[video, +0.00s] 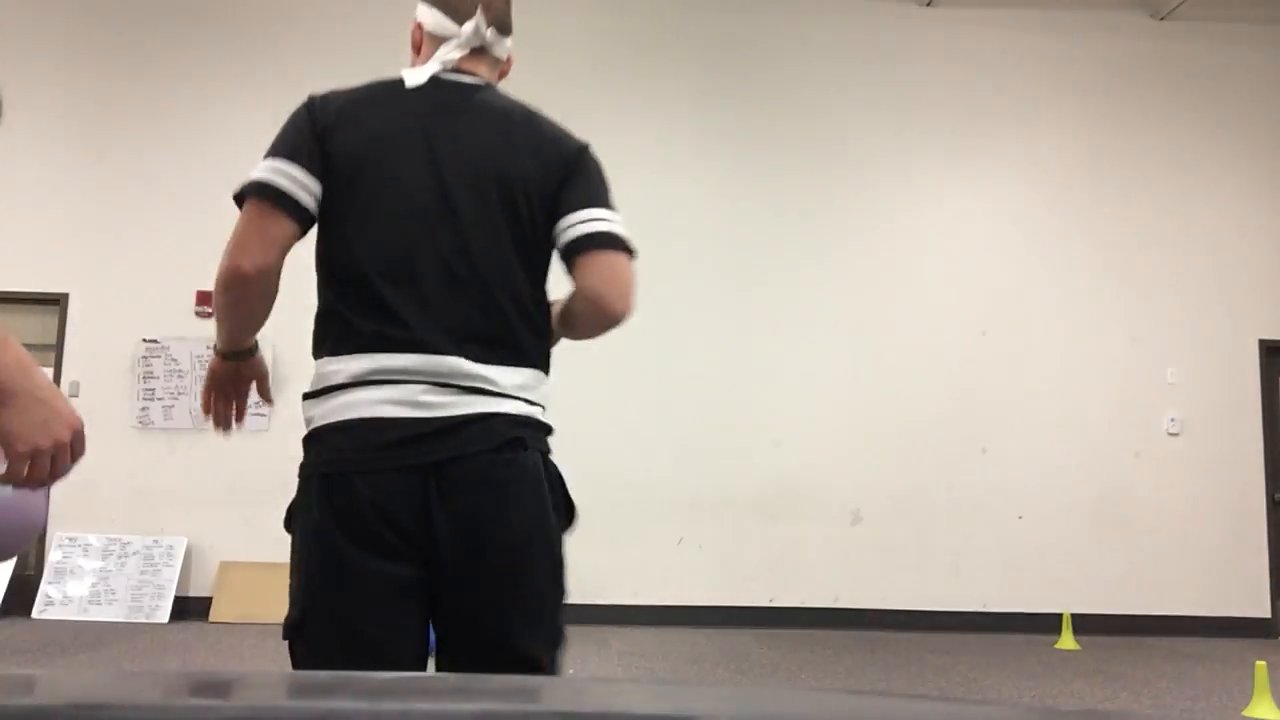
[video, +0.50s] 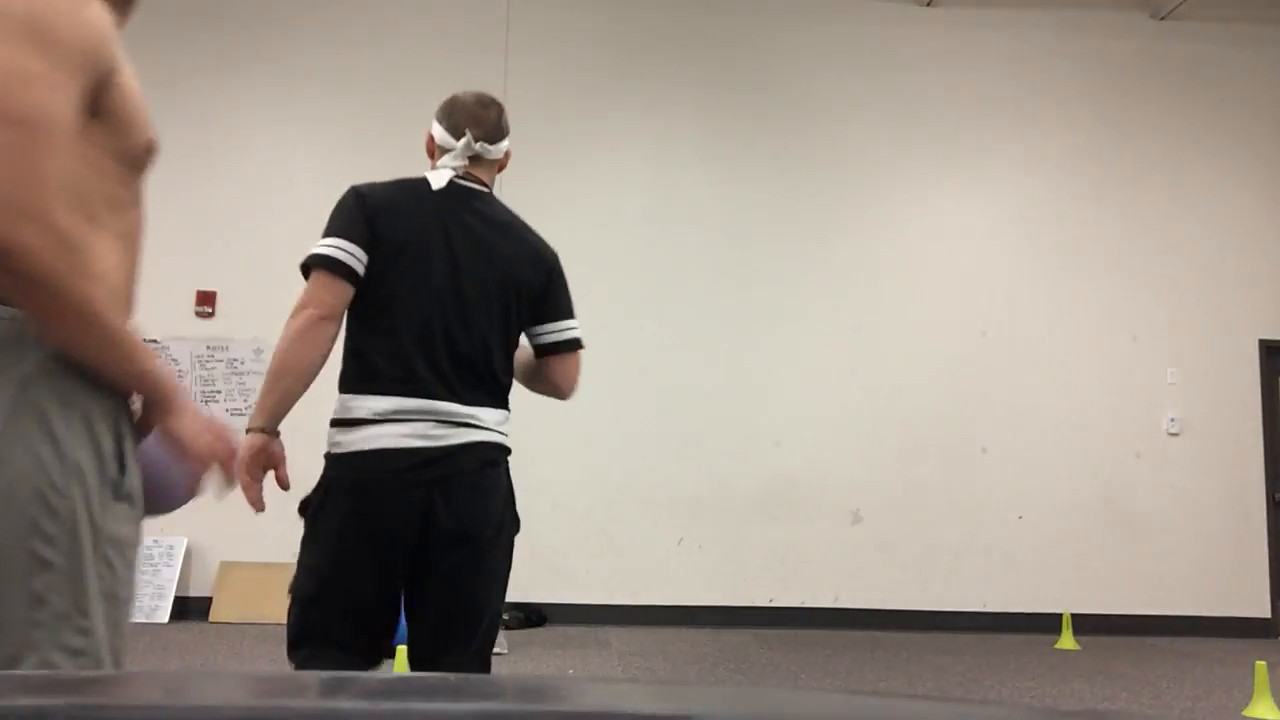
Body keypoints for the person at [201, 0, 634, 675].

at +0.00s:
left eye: (416, 33)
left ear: (416, 38)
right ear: (507, 64)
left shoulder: (330, 117)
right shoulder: (556, 148)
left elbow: (248, 264)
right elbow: (610, 298)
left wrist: (235, 352)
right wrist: (543, 323)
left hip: (354, 462)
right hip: (501, 465)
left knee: (350, 705)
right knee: (507, 703)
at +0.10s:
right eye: (495, 82)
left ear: (414, 67)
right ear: (502, 92)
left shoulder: (332, 144)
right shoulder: (546, 173)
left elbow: (248, 288)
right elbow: (587, 310)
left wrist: (243, 347)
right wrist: (538, 327)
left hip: (357, 466)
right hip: (494, 472)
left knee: (356, 697)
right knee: (483, 697)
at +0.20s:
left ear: (416, 101)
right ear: (501, 122)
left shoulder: (338, 175)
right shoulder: (539, 205)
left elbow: (258, 310)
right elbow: (578, 332)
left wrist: (258, 364)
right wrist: (534, 341)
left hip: (358, 481)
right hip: (485, 490)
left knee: (354, 702)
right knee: (470, 703)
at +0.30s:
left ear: (425, 125)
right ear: (505, 143)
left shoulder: (352, 195)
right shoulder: (539, 231)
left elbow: (278, 322)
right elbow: (576, 359)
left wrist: (267, 399)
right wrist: (535, 354)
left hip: (362, 487)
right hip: (479, 499)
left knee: (352, 698)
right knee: (451, 699)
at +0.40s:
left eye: (430, 133)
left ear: (429, 137)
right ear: (508, 154)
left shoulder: (365, 200)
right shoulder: (536, 245)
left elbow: (307, 321)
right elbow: (572, 375)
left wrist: (266, 427)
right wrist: (518, 357)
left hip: (366, 486)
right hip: (478, 494)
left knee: (342, 683)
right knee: (455, 687)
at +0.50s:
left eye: (427, 142)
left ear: (428, 146)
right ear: (504, 162)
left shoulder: (370, 205)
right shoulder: (530, 249)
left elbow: (319, 313)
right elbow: (561, 380)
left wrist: (263, 425)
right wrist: (503, 351)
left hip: (365, 485)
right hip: (475, 490)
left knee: (329, 676)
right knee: (456, 685)